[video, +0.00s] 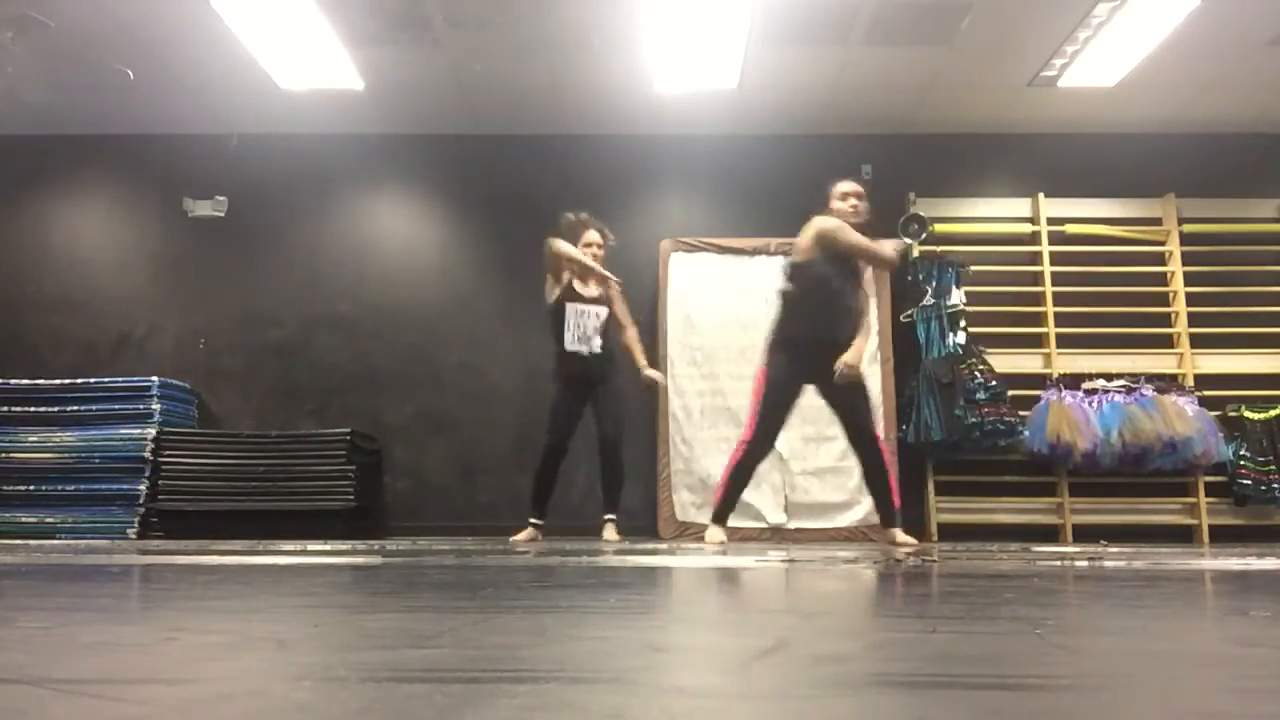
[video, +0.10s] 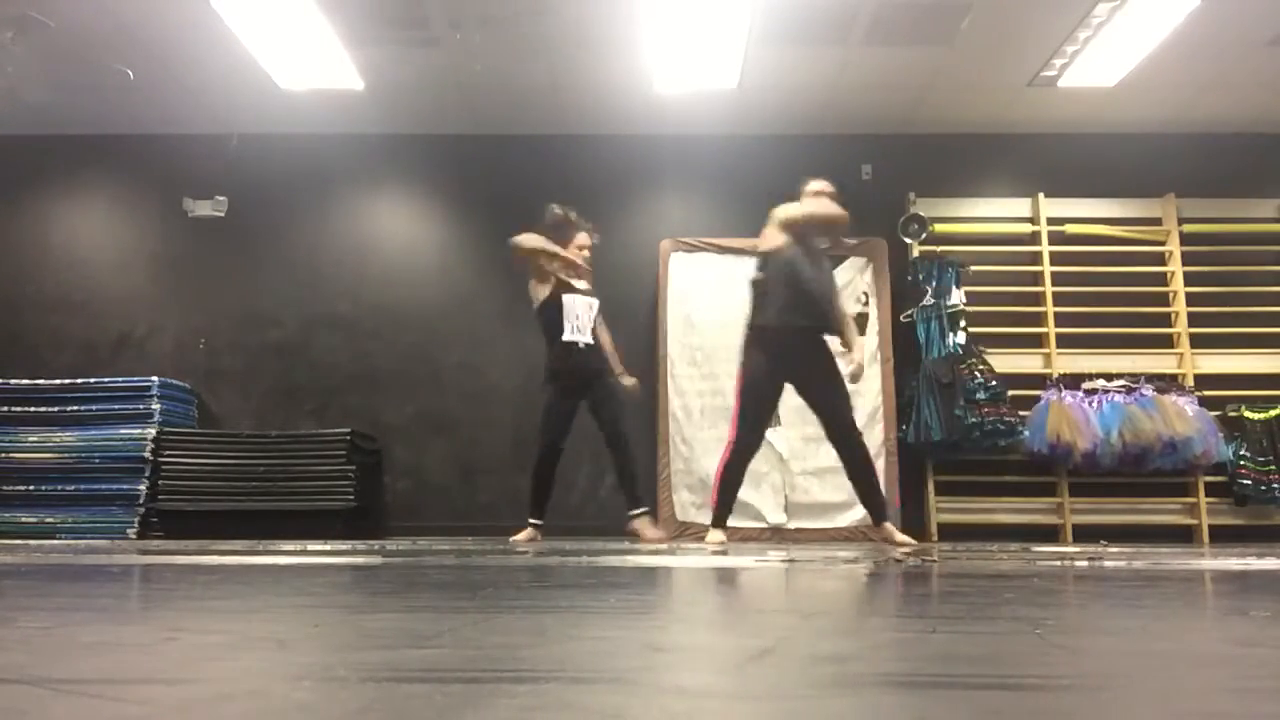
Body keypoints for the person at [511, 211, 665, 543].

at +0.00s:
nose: (595, 253)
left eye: (599, 247)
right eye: (588, 246)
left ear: (605, 251)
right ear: (574, 251)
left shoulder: (608, 288)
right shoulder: (559, 282)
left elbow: (628, 327)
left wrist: (643, 366)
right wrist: (595, 269)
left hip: (605, 377)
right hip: (571, 376)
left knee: (611, 442)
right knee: (554, 445)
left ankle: (610, 522)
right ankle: (535, 524)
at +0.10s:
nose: (587, 255)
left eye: (589, 249)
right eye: (581, 248)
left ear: (587, 251)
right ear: (560, 248)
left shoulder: (583, 285)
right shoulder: (543, 279)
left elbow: (600, 329)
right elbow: (519, 242)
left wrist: (619, 371)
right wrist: (558, 254)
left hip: (597, 373)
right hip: (564, 376)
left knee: (618, 438)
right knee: (549, 448)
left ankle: (638, 516)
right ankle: (534, 525)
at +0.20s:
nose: (573, 261)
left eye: (573, 254)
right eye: (567, 254)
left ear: (567, 257)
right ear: (545, 256)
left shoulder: (572, 292)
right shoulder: (525, 288)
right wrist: (524, 256)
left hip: (596, 377)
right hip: (562, 383)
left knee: (632, 437)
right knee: (545, 454)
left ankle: (676, 505)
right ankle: (534, 527)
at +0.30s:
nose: (559, 270)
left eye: (559, 263)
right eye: (553, 264)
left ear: (547, 266)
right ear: (532, 268)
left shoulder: (562, 297)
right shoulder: (512, 303)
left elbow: (562, 337)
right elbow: (465, 320)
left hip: (597, 381)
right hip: (564, 393)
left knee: (643, 435)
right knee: (542, 457)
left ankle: (695, 490)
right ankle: (535, 528)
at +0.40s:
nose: (550, 281)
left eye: (549, 274)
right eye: (543, 276)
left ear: (545, 277)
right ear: (523, 282)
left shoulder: (559, 305)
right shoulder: (505, 322)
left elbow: (579, 337)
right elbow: (476, 358)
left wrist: (591, 361)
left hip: (597, 389)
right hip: (563, 403)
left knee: (647, 438)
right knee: (541, 459)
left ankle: (707, 486)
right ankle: (535, 529)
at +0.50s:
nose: (551, 292)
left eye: (550, 286)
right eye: (544, 288)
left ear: (545, 290)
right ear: (522, 297)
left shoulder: (565, 316)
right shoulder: (509, 341)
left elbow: (592, 351)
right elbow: (488, 383)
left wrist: (614, 389)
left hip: (597, 398)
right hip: (563, 411)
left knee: (649, 441)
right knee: (539, 463)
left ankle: (708, 491)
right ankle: (535, 529)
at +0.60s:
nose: (565, 305)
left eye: (563, 298)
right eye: (557, 301)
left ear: (563, 299)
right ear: (536, 311)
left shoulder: (580, 326)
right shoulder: (523, 351)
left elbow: (607, 361)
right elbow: (507, 396)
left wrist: (628, 397)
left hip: (605, 408)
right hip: (569, 418)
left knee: (650, 445)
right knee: (540, 463)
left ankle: (703, 508)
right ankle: (535, 530)